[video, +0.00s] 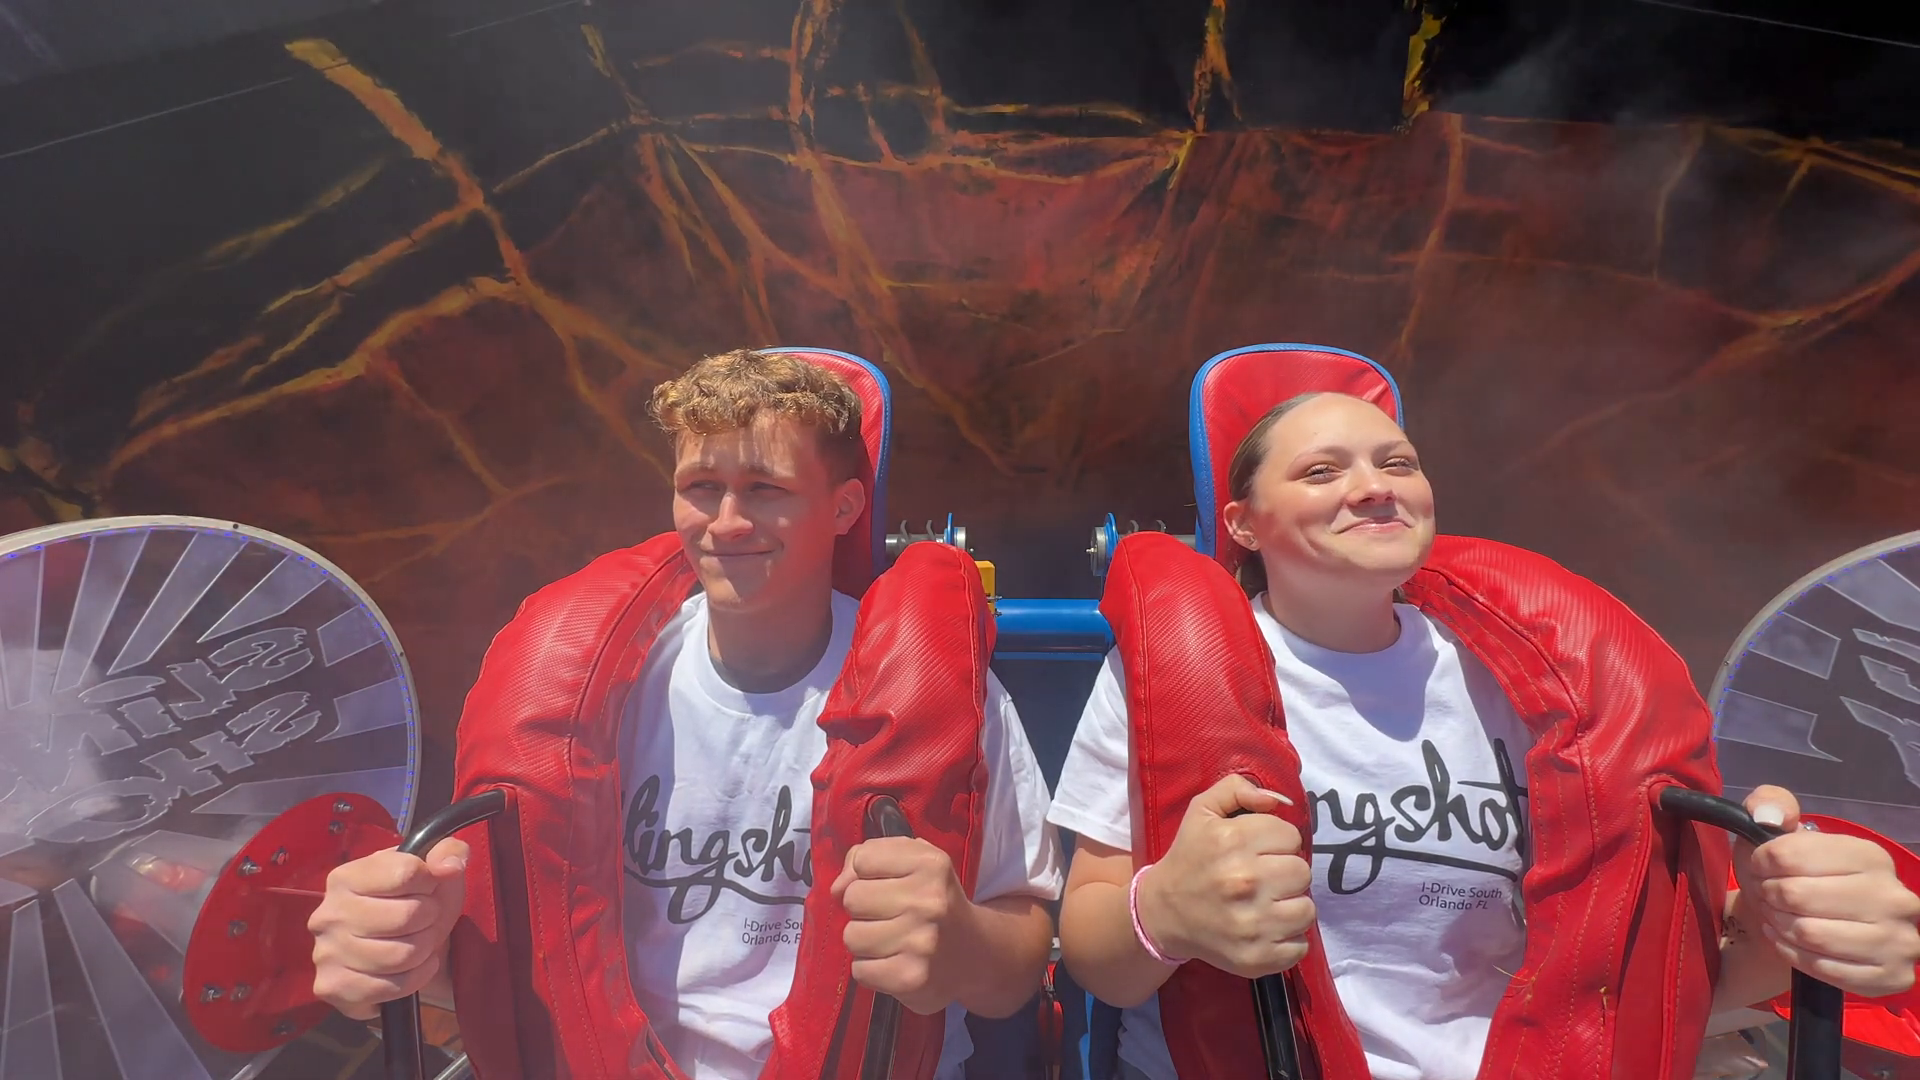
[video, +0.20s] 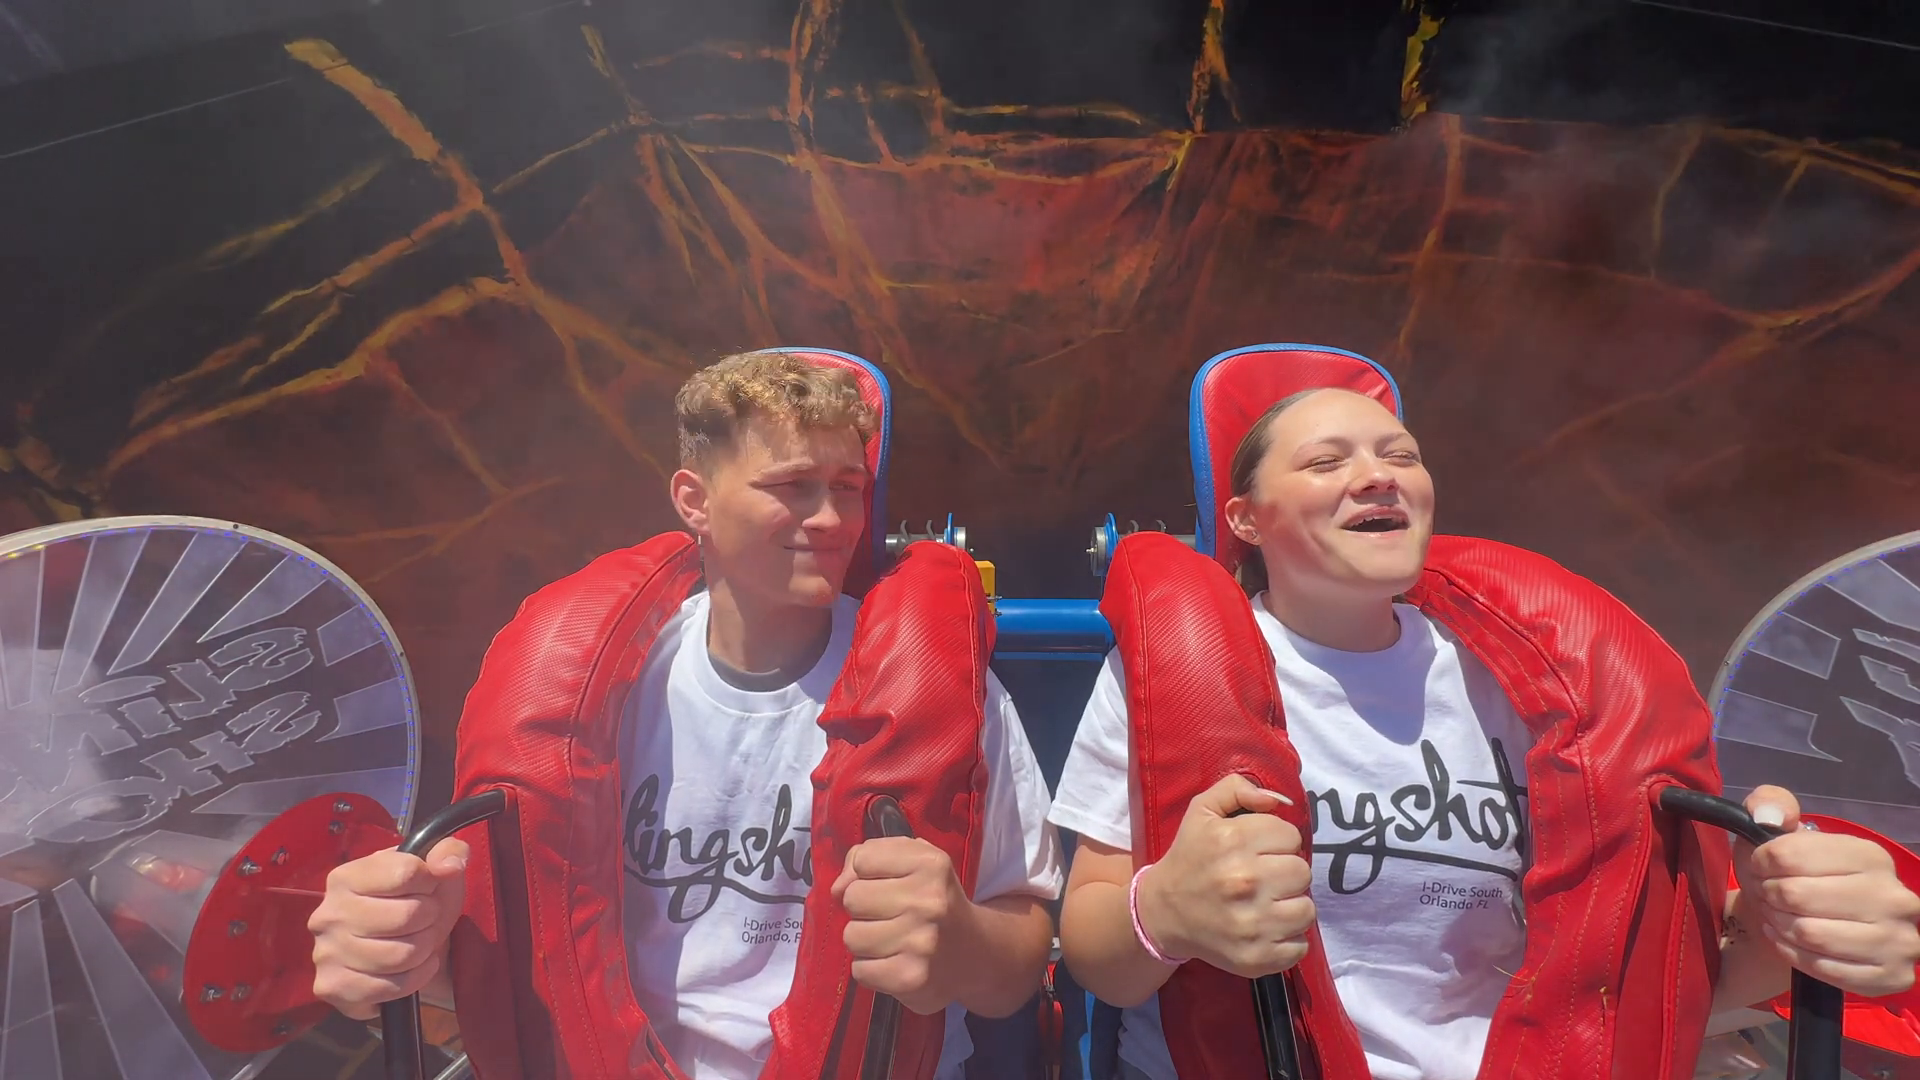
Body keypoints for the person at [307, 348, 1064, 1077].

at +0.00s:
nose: (727, 523)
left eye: (766, 491)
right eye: (702, 490)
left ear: (846, 507)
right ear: (673, 494)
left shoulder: (935, 688)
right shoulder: (586, 672)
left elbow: (1024, 959)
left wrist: (964, 948)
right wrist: (403, 943)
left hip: (837, 1063)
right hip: (614, 1058)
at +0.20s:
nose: (831, 522)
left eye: (850, 492)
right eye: (789, 487)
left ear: (873, 504)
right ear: (693, 499)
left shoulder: (937, 685)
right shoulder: (583, 671)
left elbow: (1024, 952)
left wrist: (965, 950)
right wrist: (411, 941)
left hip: (840, 1063)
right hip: (614, 1059)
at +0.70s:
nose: (864, 518)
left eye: (872, 488)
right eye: (824, 486)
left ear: (884, 492)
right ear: (713, 497)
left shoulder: (939, 683)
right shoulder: (586, 667)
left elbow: (1024, 958)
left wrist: (965, 949)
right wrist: (408, 943)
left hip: (837, 1063)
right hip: (613, 1059)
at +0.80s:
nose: (864, 517)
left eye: (872, 486)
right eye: (822, 485)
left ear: (884, 491)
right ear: (712, 496)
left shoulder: (939, 685)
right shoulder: (585, 669)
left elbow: (1023, 962)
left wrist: (965, 948)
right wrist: (407, 942)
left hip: (837, 1062)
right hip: (615, 1058)